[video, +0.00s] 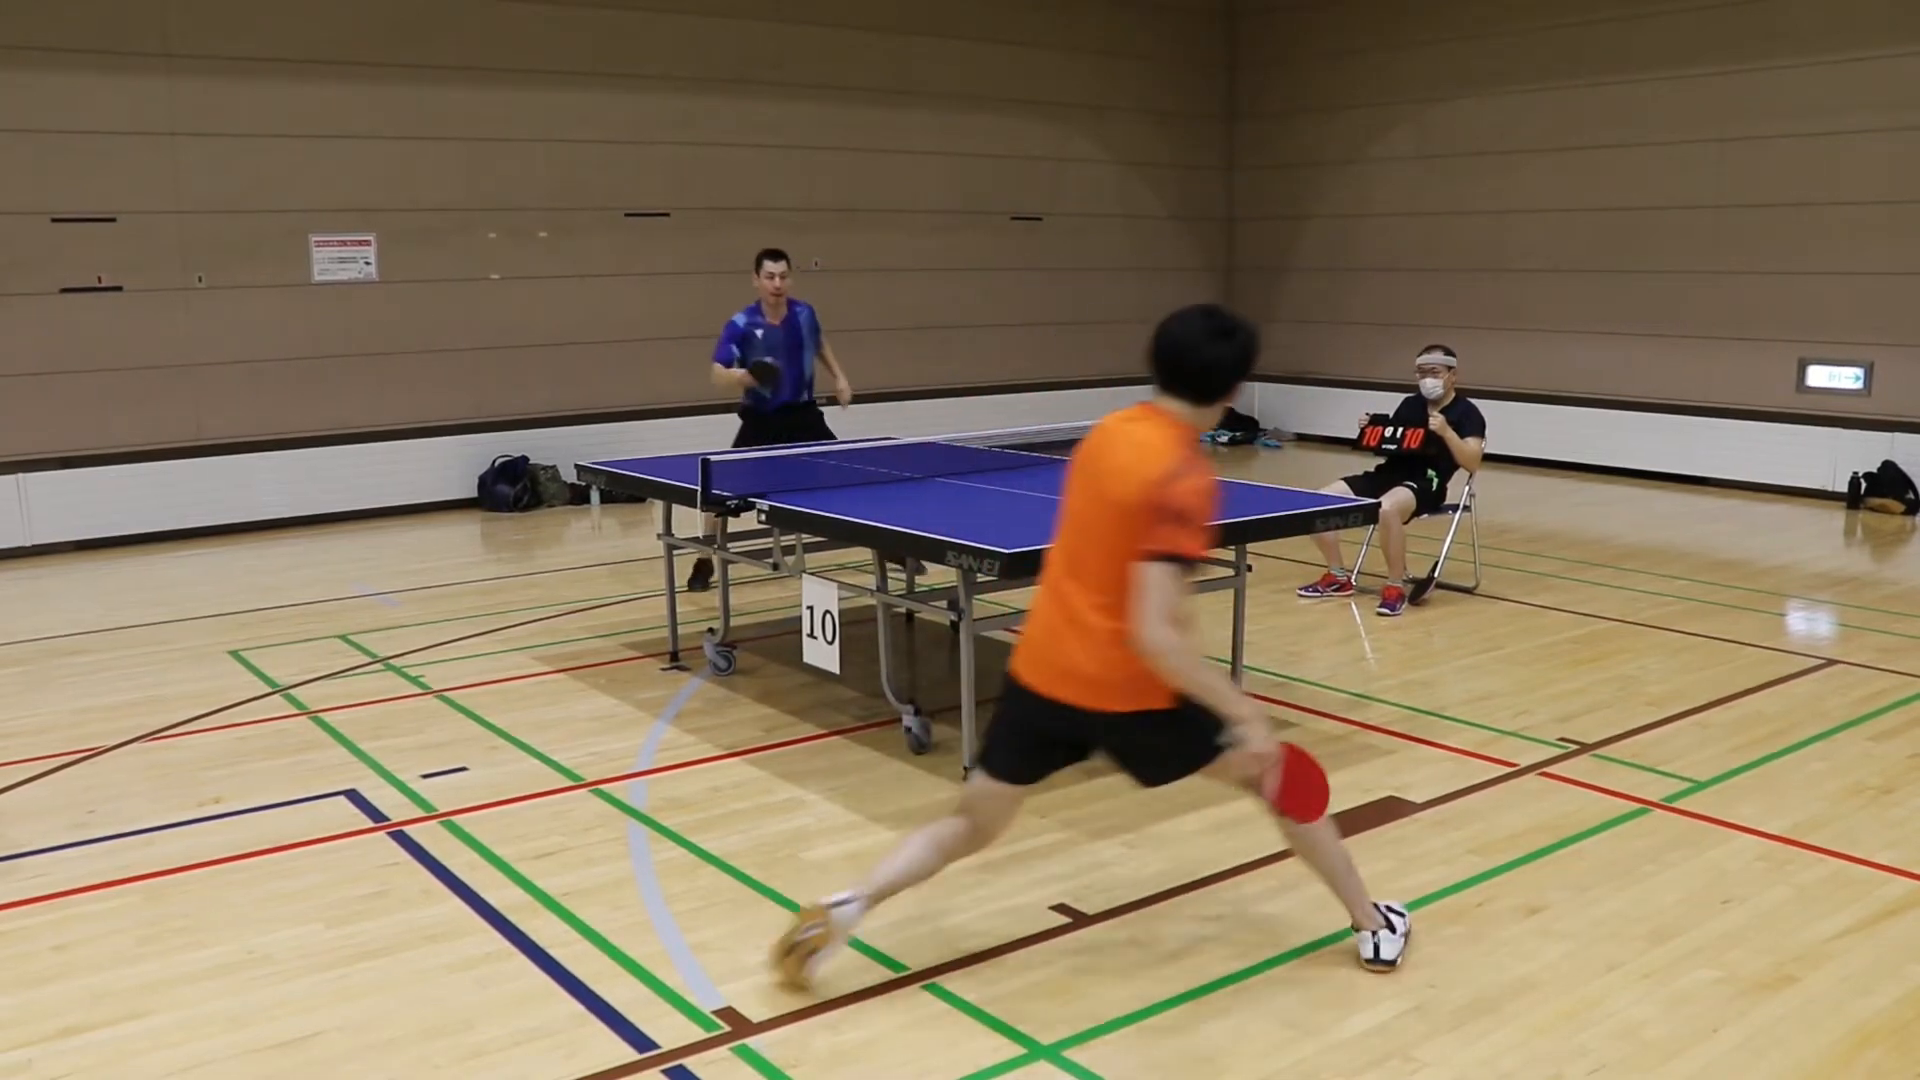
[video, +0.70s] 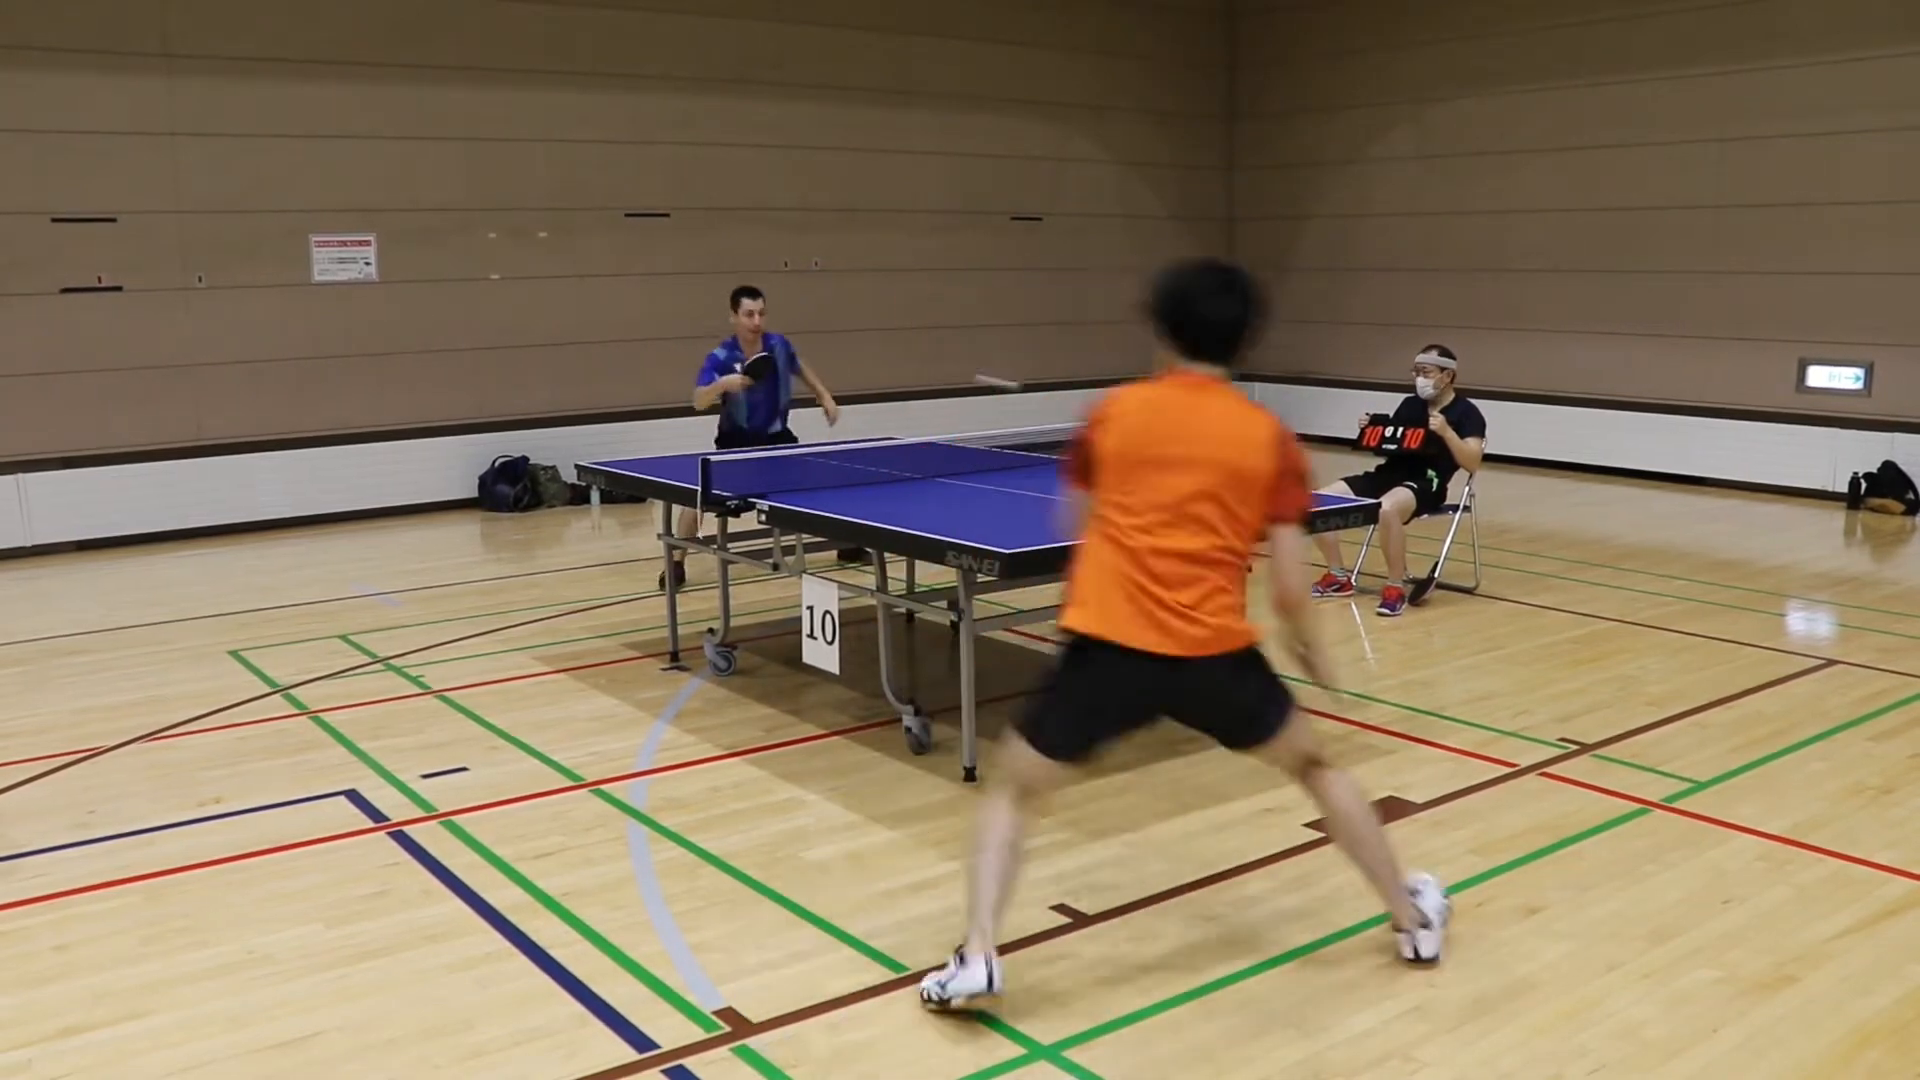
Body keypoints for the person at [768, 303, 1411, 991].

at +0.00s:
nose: (1240, 391)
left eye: (1234, 376)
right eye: (1239, 381)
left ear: (1159, 366)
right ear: (1227, 391)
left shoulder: (1106, 429)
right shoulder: (1183, 471)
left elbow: (1082, 554)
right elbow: (1157, 632)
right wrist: (1242, 711)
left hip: (1041, 676)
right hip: (1127, 692)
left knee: (973, 819)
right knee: (1271, 774)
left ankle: (849, 907)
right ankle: (1373, 923)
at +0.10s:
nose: (1172, 408)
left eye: (1173, 392)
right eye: (1171, 394)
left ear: (1092, 373)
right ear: (1148, 395)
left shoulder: (1019, 437)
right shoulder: (1100, 477)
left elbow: (971, 547)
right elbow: (1095, 632)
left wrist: (1030, 608)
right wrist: (1205, 666)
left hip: (980, 693)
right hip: (1075, 702)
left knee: (912, 838)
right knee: (1223, 791)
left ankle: (795, 947)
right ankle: (1353, 924)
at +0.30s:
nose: (1058, 386)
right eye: (1051, 376)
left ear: (967, 389)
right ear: (1038, 392)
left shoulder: (912, 491)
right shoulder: (1064, 464)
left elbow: (892, 619)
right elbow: (1051, 393)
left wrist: (964, 606)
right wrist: (963, 334)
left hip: (943, 721)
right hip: (1054, 713)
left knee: (848, 821)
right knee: (1112, 806)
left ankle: (780, 957)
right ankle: (1131, 913)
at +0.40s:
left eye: (957, 374)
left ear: (963, 389)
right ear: (1038, 379)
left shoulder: (936, 490)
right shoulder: (1079, 453)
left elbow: (896, 634)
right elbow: (1036, 393)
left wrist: (941, 604)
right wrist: (973, 335)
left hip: (960, 713)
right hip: (1063, 704)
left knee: (849, 818)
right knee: (1072, 823)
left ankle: (772, 974)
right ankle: (1134, 931)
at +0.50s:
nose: (985, 350)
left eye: (988, 339)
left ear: (995, 349)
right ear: (1075, 341)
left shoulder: (978, 446)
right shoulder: (1124, 427)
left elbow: (907, 578)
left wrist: (949, 538)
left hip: (1000, 686)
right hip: (1107, 681)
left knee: (883, 808)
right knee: (1159, 779)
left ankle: (782, 970)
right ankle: (1199, 903)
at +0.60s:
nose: (1057, 321)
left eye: (1062, 310)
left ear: (1070, 319)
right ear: (1149, 316)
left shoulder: (1042, 403)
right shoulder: (1194, 412)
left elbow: (971, 521)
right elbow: (1227, 552)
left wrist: (1045, 529)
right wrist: (1157, 525)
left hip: (1056, 652)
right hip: (1169, 648)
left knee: (939, 759)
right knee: (1253, 741)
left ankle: (882, 925)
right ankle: (1308, 914)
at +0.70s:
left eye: (1160, 326)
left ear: (1161, 333)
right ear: (1242, 340)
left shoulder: (1113, 411)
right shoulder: (1268, 435)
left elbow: (1077, 530)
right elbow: (1289, 586)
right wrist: (1310, 652)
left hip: (1106, 653)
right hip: (1216, 659)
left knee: (1012, 789)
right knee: (1315, 767)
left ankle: (975, 958)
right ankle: (1410, 917)